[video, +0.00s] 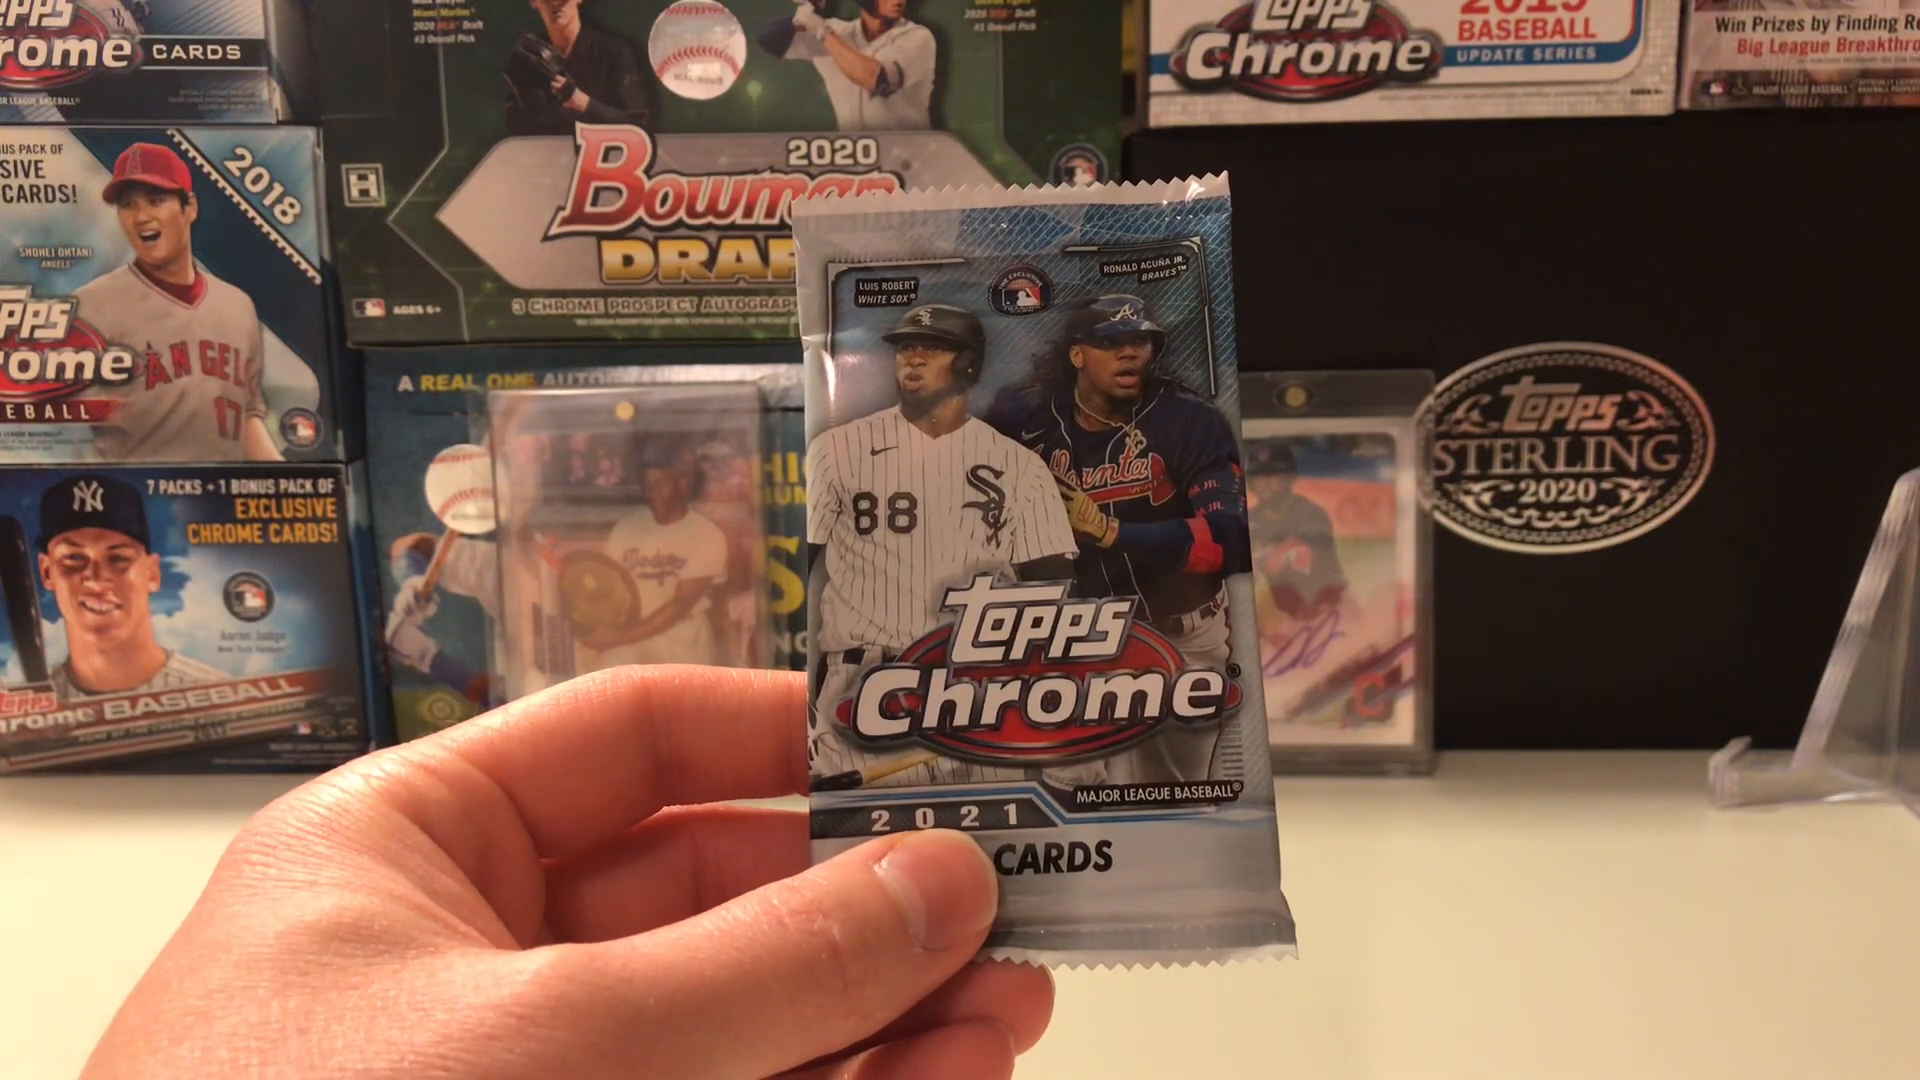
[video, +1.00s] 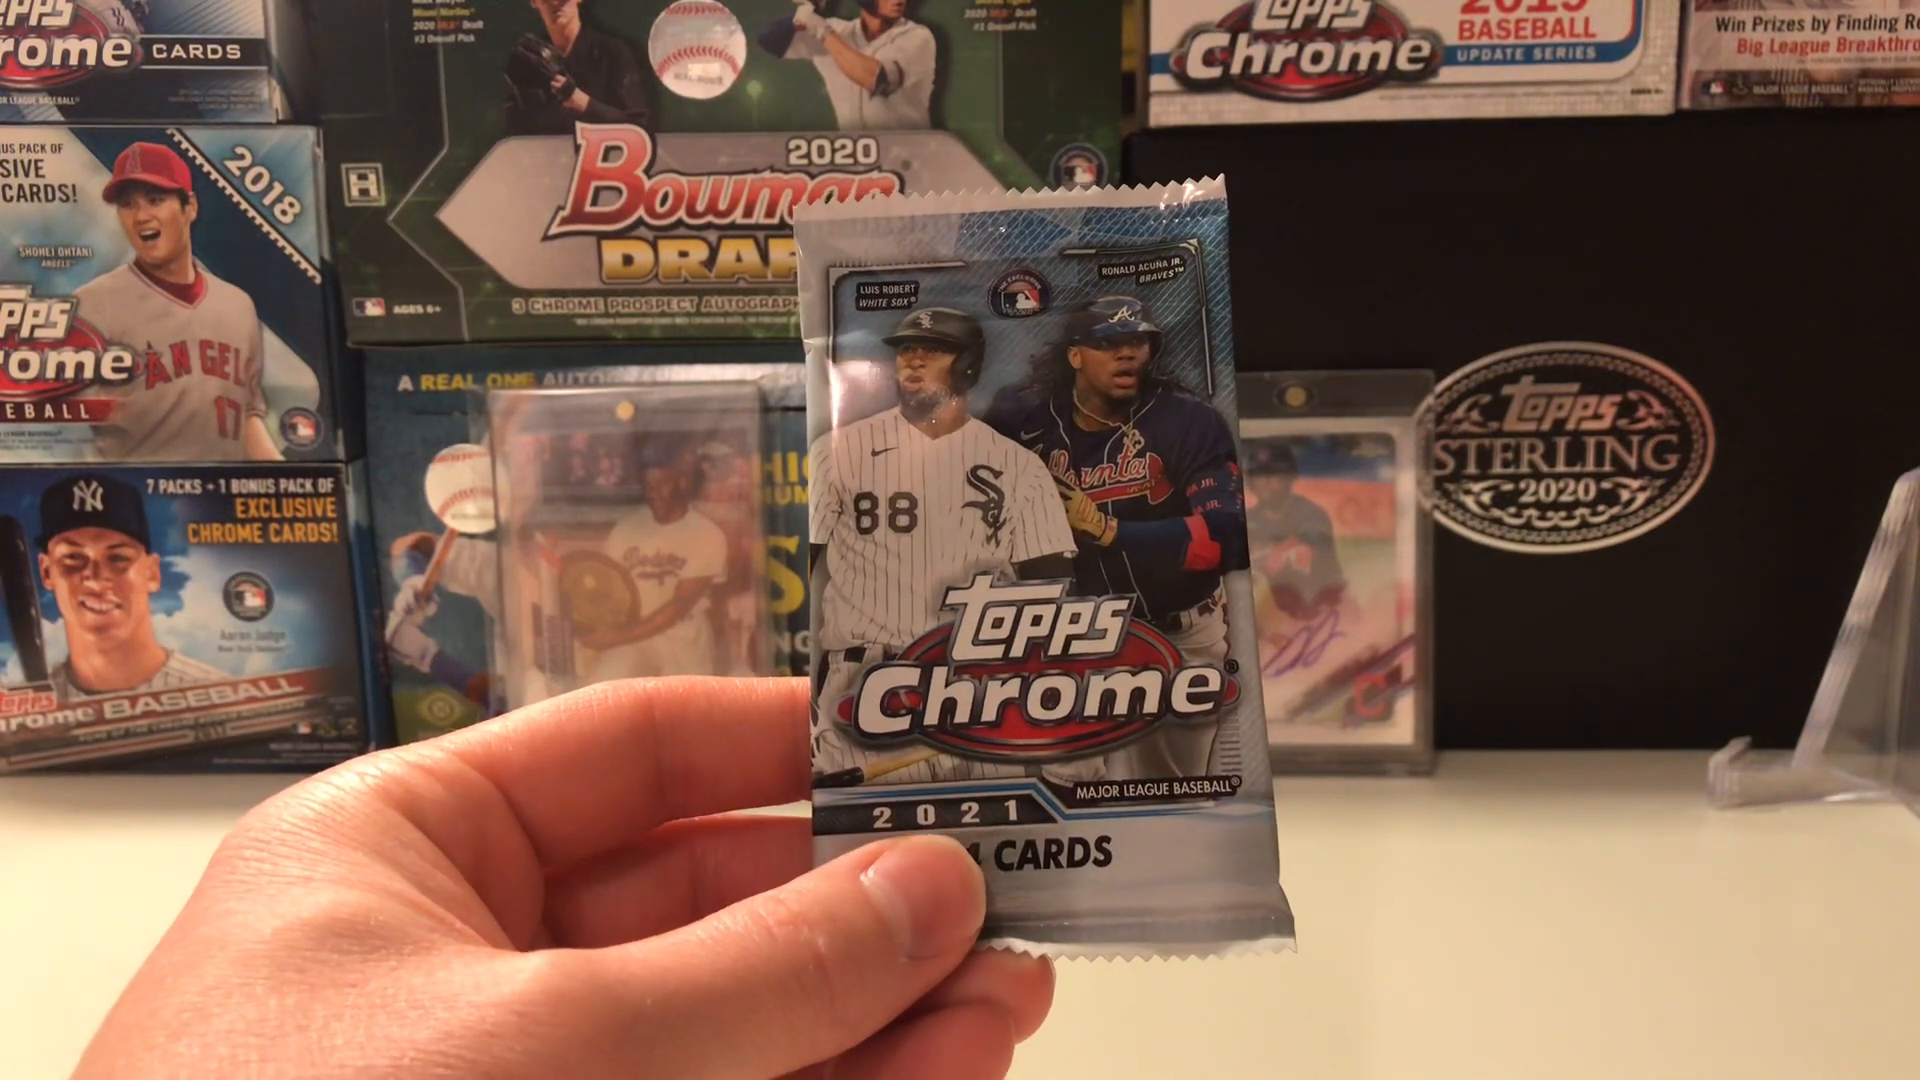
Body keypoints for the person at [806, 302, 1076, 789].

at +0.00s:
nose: (912, 359)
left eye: (930, 348)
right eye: (905, 347)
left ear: (966, 363)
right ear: (894, 358)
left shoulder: (1019, 468)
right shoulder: (834, 453)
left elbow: (1050, 590)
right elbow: (807, 576)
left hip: (973, 696)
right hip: (855, 694)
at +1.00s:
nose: (912, 362)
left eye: (930, 351)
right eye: (905, 350)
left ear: (966, 366)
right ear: (894, 361)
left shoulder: (1018, 468)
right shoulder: (840, 453)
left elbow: (1049, 591)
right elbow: (803, 572)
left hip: (974, 694)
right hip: (856, 693)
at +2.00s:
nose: (907, 367)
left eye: (925, 356)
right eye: (900, 355)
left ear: (960, 370)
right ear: (890, 365)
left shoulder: (1012, 470)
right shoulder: (832, 456)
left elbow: (1043, 592)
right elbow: (793, 574)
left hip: (972, 696)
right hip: (853, 694)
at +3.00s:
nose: (911, 365)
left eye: (929, 354)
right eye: (904, 354)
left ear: (965, 369)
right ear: (894, 364)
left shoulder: (1016, 471)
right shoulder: (838, 455)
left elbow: (1047, 594)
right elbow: (787, 569)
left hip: (972, 694)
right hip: (854, 691)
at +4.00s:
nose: (932, 369)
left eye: (950, 358)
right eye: (925, 357)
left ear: (985, 373)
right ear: (915, 367)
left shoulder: (1037, 475)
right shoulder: (856, 459)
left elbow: (1066, 597)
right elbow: (827, 575)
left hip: (992, 699)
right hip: (873, 697)